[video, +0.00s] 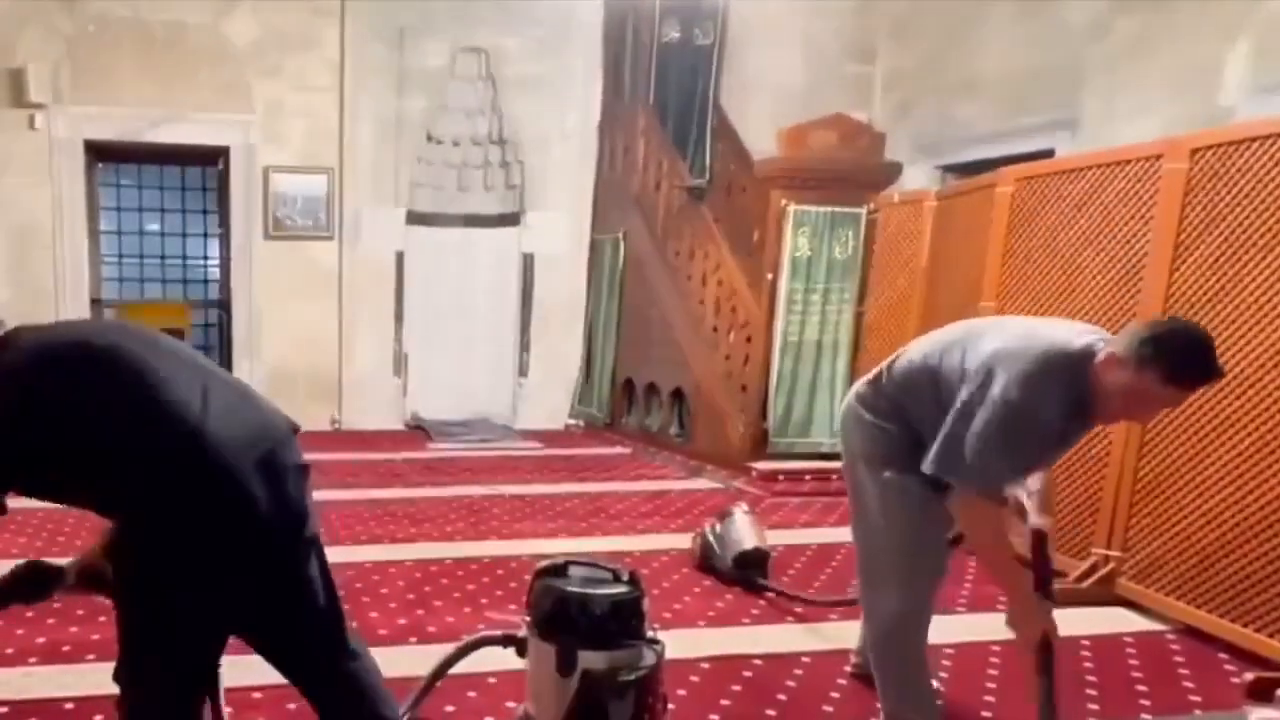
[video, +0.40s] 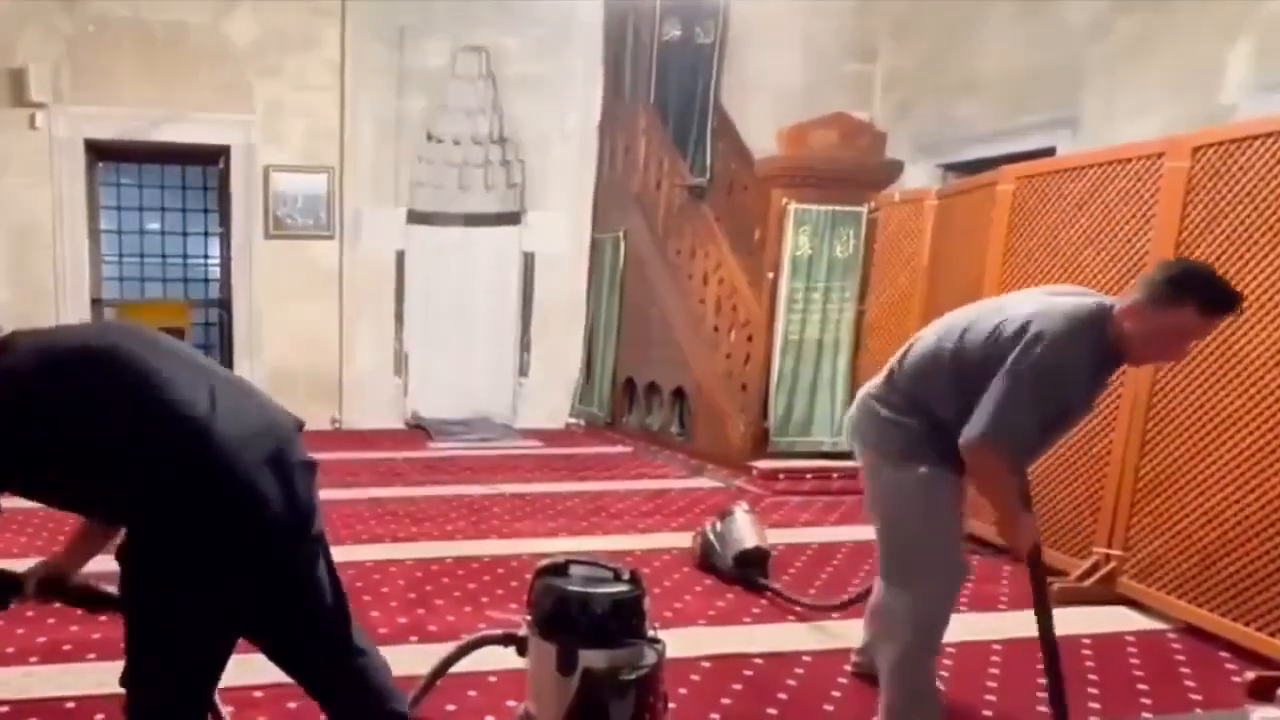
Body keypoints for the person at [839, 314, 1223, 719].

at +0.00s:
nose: (1148, 417)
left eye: (1162, 407)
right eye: (1149, 398)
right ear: (1116, 363)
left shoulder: (1097, 375)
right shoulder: (1029, 379)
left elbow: (1040, 448)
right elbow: (971, 505)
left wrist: (1038, 514)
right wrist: (1020, 597)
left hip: (943, 429)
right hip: (887, 423)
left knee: (922, 561)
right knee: (900, 586)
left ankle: (875, 653)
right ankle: (910, 707)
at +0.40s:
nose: (1182, 354)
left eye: (1191, 342)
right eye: (1183, 337)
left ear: (1142, 309)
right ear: (1148, 313)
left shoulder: (1096, 337)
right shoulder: (1063, 339)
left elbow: (1011, 434)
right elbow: (981, 448)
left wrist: (1017, 503)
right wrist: (1015, 519)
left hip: (925, 428)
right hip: (904, 428)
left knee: (915, 559)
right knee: (931, 576)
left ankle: (877, 653)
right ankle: (909, 704)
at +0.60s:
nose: (1199, 351)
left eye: (1210, 340)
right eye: (1199, 333)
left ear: (1154, 306)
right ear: (1159, 307)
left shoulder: (1103, 322)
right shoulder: (1089, 346)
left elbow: (1013, 427)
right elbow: (1006, 447)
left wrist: (1029, 507)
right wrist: (1035, 522)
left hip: (914, 419)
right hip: (928, 435)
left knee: (929, 550)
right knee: (991, 575)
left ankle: (884, 657)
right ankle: (955, 709)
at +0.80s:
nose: (1238, 388)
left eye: (1252, 379)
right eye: (1247, 370)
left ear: (1215, 325)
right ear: (1224, 334)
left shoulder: (1136, 325)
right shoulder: (1133, 369)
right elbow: (1026, 459)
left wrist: (1060, 498)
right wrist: (1063, 524)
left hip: (925, 418)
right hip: (960, 446)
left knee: (928, 562)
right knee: (1019, 598)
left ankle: (884, 657)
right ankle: (1022, 714)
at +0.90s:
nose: (1260, 393)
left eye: (1270, 383)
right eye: (1269, 378)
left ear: (1243, 337)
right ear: (1248, 348)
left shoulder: (1170, 331)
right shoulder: (1160, 375)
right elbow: (1048, 463)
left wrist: (1080, 487)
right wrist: (1082, 533)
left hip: (936, 415)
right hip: (971, 442)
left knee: (927, 559)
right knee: (1026, 597)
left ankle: (884, 658)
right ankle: (1021, 712)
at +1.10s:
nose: (1265, 367)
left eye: (1272, 358)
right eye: (1273, 359)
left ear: (1254, 309)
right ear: (1271, 346)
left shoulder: (1176, 293)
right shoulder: (1188, 366)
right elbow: (1072, 452)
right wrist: (1100, 512)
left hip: (945, 402)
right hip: (995, 437)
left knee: (929, 553)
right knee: (1031, 597)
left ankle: (887, 660)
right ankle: (1021, 711)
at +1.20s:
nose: (1261, 355)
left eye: (1267, 347)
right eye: (1269, 347)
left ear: (1245, 292)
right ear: (1267, 336)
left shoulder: (1169, 286)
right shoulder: (1184, 353)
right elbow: (1077, 448)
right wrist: (1099, 511)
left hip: (944, 402)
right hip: (994, 435)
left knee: (933, 549)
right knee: (1031, 593)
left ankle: (889, 661)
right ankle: (1022, 710)